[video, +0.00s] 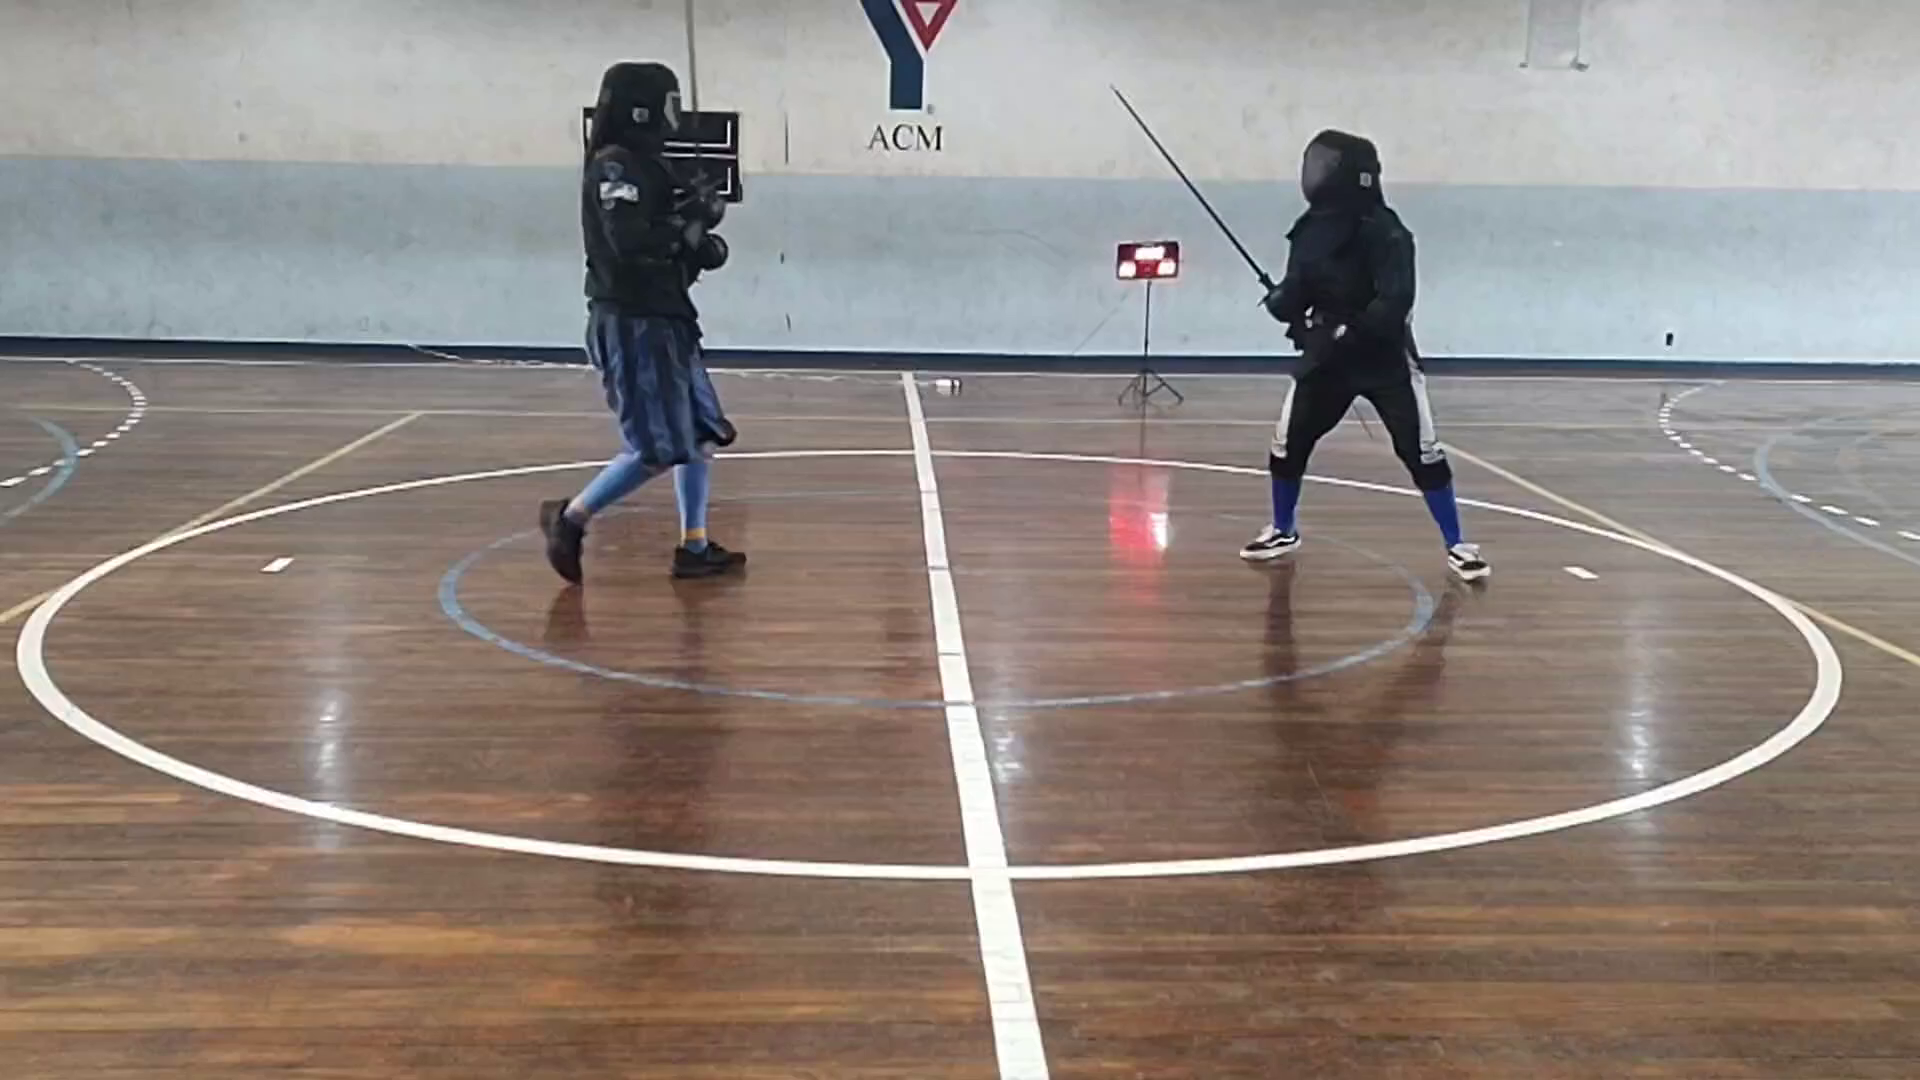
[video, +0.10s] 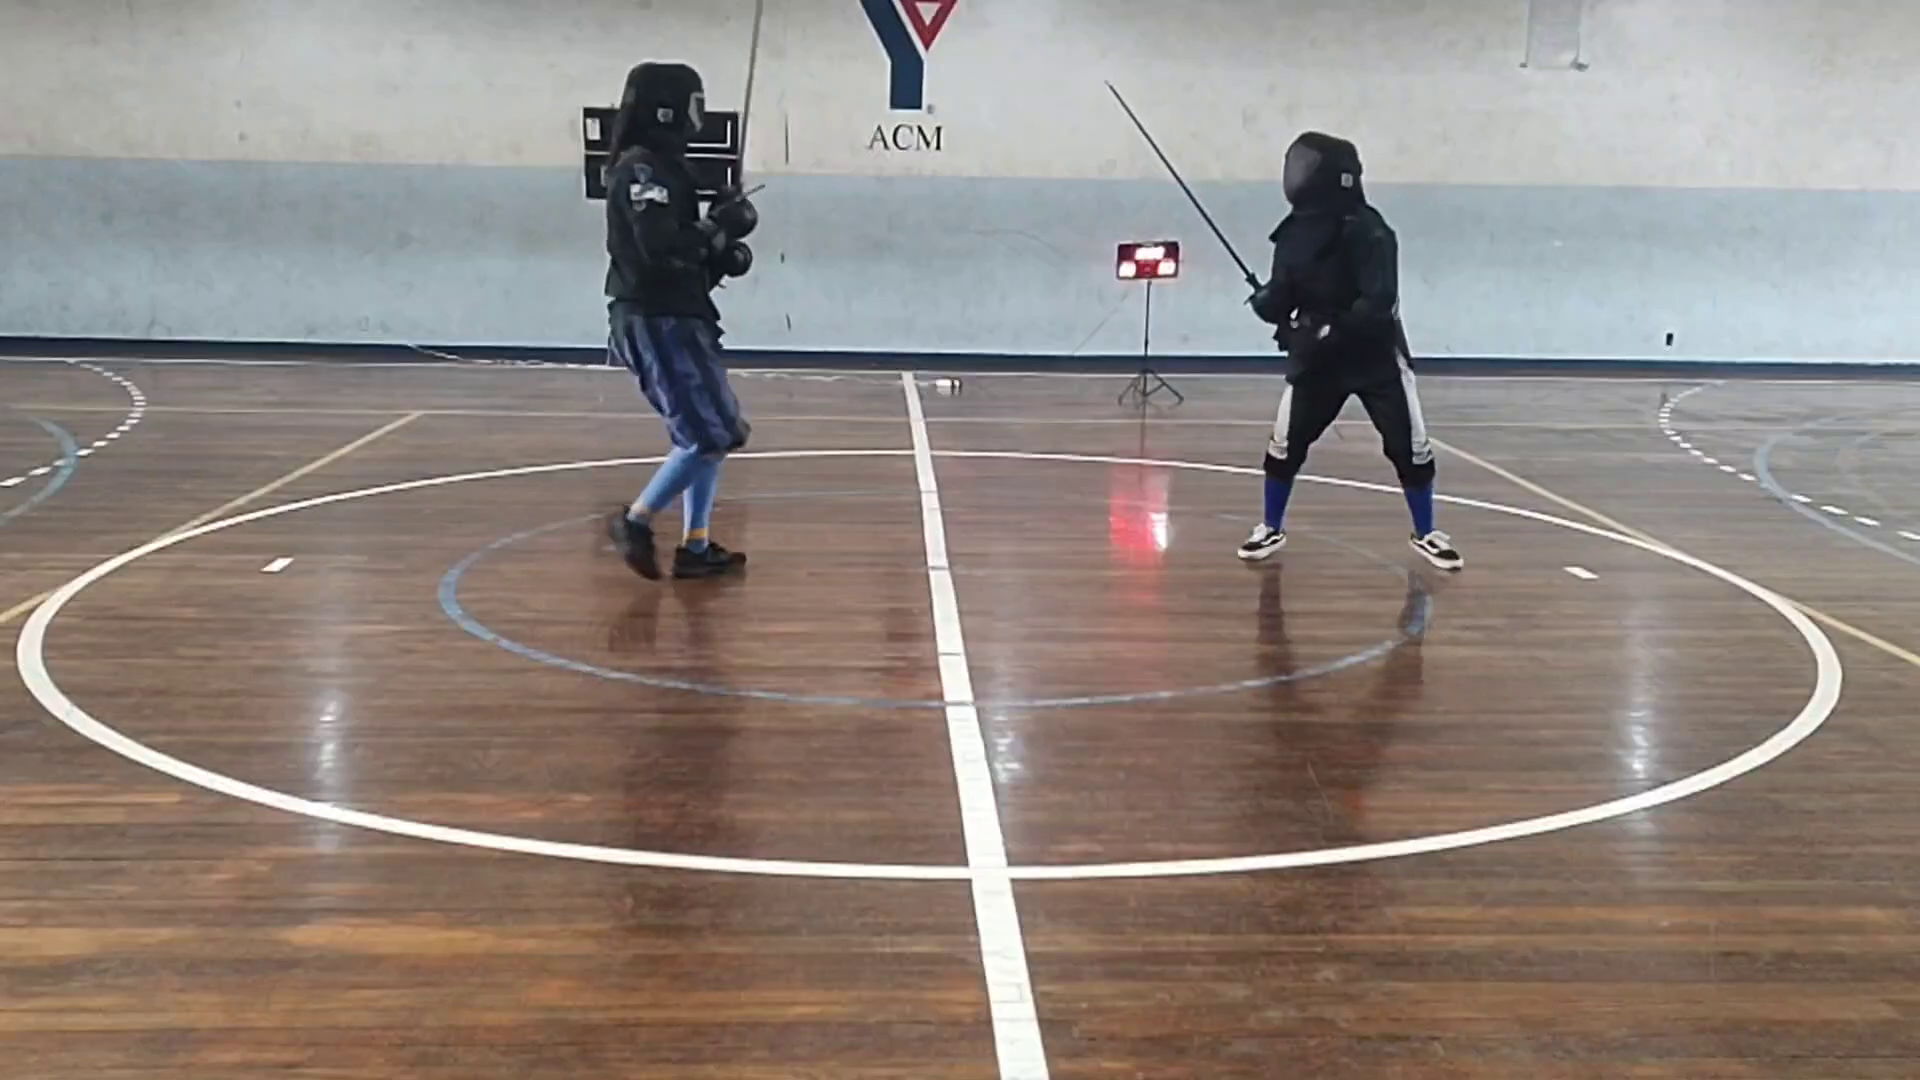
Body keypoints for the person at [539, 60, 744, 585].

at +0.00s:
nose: (671, 118)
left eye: (670, 107)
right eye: (664, 108)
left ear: (632, 109)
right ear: (638, 110)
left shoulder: (648, 165)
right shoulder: (615, 165)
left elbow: (664, 239)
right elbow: (630, 242)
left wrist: (698, 244)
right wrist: (690, 226)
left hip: (665, 319)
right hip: (630, 322)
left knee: (696, 436)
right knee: (658, 447)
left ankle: (695, 547)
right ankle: (569, 519)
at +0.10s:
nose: (696, 119)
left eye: (696, 109)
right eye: (690, 108)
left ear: (655, 109)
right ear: (664, 111)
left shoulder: (664, 167)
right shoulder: (642, 168)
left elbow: (676, 251)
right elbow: (662, 246)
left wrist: (718, 258)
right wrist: (716, 230)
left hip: (677, 315)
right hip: (652, 318)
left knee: (717, 432)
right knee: (708, 434)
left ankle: (696, 546)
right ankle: (636, 521)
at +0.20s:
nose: (718, 120)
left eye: (717, 110)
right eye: (711, 110)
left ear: (670, 112)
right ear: (688, 113)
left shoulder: (668, 167)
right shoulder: (674, 170)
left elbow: (687, 252)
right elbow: (690, 247)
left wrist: (735, 260)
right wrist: (741, 234)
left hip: (661, 315)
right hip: (684, 316)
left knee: (713, 433)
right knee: (750, 426)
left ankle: (695, 543)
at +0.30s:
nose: (741, 124)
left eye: (740, 113)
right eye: (736, 113)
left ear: (690, 115)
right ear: (713, 117)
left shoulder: (681, 168)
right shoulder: (703, 173)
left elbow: (711, 251)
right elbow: (718, 248)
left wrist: (761, 236)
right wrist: (766, 260)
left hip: (673, 319)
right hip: (707, 320)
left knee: (720, 433)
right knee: (770, 427)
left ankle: (696, 545)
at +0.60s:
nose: (809, 130)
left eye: (809, 120)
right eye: (805, 120)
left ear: (753, 121)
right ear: (785, 126)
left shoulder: (720, 173)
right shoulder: (774, 183)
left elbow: (740, 261)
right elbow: (798, 271)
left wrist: (807, 246)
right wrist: (829, 248)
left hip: (717, 326)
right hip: (769, 329)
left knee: (751, 438)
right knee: (830, 433)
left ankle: (719, 548)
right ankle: (847, 547)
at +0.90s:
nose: (873, 146)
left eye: (873, 136)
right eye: (870, 136)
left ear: (815, 131)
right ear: (853, 140)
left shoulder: (783, 183)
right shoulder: (840, 194)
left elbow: (803, 266)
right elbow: (865, 288)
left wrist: (875, 254)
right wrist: (892, 256)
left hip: (767, 330)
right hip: (822, 336)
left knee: (768, 444)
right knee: (886, 438)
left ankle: (716, 548)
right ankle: (923, 546)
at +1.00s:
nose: (903, 147)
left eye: (902, 137)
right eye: (899, 138)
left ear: (846, 135)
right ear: (880, 143)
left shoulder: (813, 186)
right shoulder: (869, 199)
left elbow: (829, 270)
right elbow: (889, 287)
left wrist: (907, 287)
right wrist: (925, 263)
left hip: (792, 333)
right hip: (852, 338)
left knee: (773, 445)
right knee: (932, 423)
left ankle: (716, 547)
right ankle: (940, 535)